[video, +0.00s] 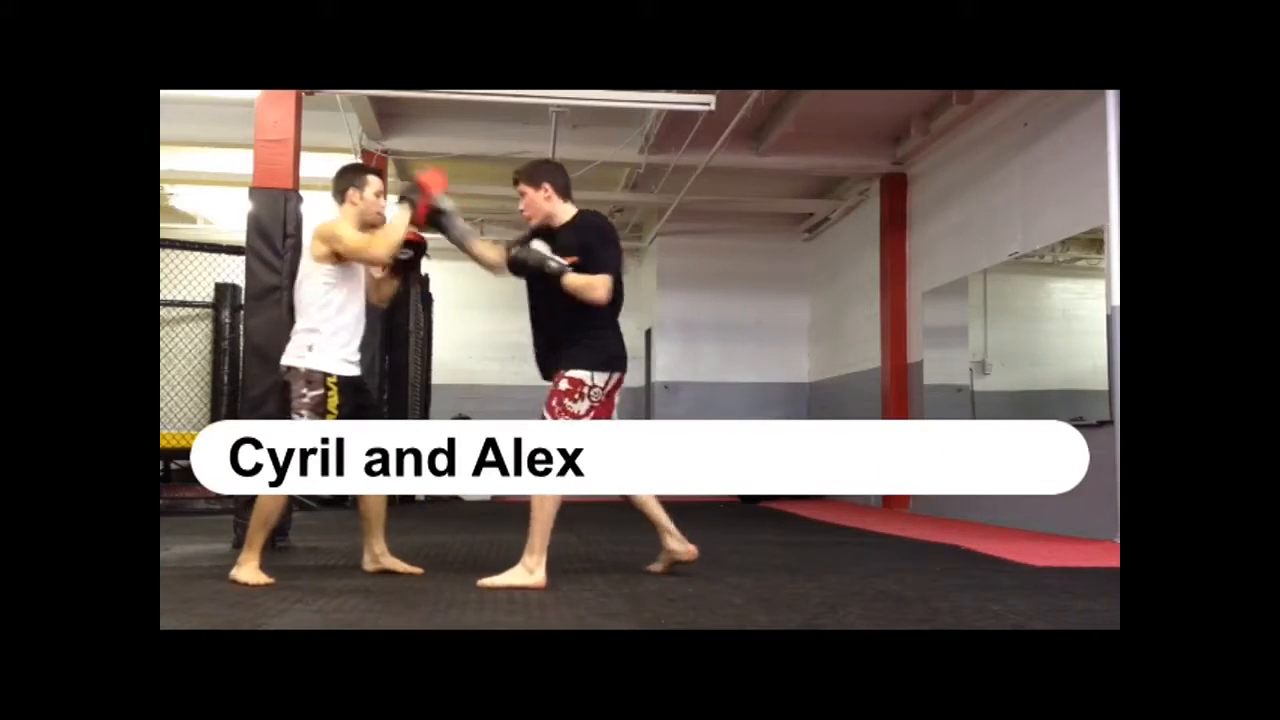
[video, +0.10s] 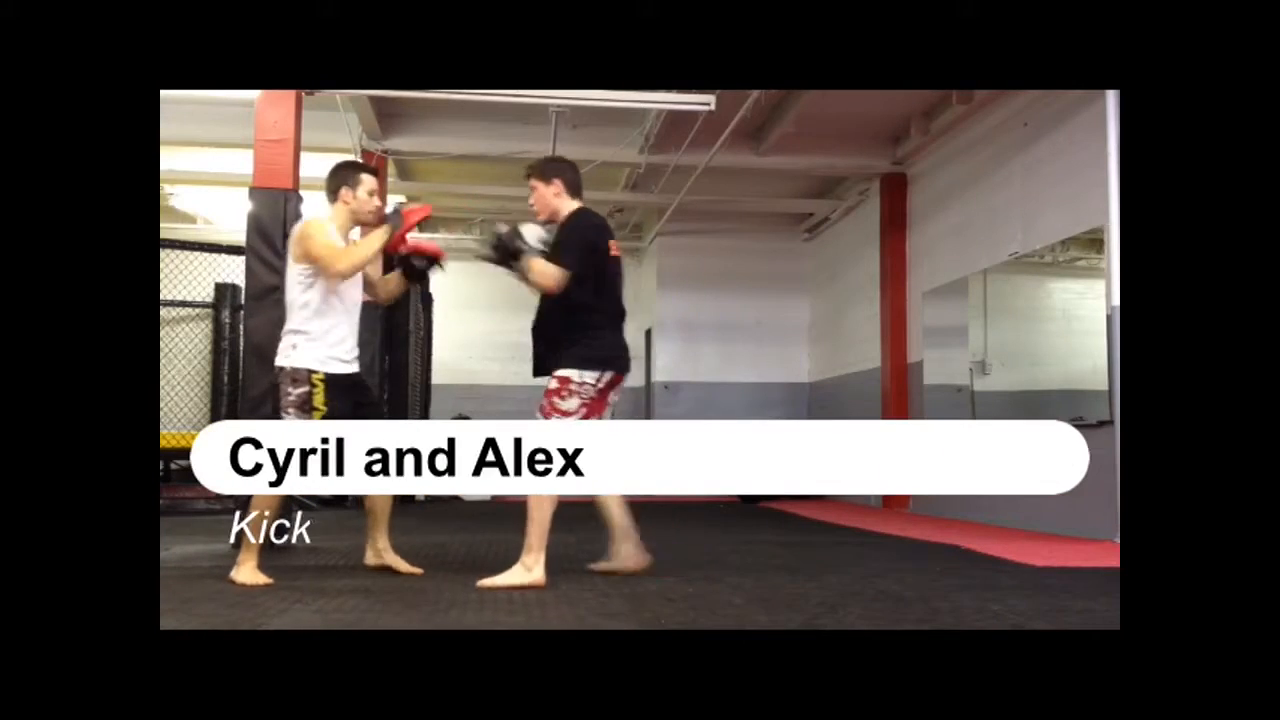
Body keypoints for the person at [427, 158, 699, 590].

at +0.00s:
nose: (520, 207)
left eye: (524, 197)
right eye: (519, 198)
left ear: (547, 192)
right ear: (544, 193)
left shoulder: (594, 228)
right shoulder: (542, 238)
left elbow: (601, 291)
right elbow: (498, 258)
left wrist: (552, 267)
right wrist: (452, 225)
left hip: (593, 362)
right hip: (575, 363)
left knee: (547, 456)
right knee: (609, 456)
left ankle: (532, 565)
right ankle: (674, 540)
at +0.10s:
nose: (531, 201)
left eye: (534, 192)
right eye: (530, 193)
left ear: (558, 187)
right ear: (562, 189)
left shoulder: (580, 226)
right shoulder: (584, 226)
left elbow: (554, 281)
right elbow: (555, 283)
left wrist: (519, 254)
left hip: (583, 360)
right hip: (603, 359)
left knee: (543, 454)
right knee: (589, 451)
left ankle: (531, 562)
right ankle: (628, 547)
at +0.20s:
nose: (560, 199)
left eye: (564, 191)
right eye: (561, 192)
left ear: (585, 189)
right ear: (600, 192)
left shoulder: (578, 218)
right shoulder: (632, 233)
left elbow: (514, 235)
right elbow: (601, 268)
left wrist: (468, 231)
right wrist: (554, 260)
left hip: (571, 355)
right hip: (618, 361)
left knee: (502, 425)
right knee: (600, 448)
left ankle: (501, 520)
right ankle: (610, 552)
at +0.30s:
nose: (586, 204)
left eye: (589, 198)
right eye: (586, 199)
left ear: (607, 194)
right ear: (628, 198)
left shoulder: (595, 217)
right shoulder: (657, 244)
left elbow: (534, 240)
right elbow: (626, 280)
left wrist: (482, 241)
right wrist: (576, 262)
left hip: (571, 335)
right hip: (621, 354)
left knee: (486, 377)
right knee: (612, 450)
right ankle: (610, 552)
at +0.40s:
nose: (604, 212)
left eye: (606, 205)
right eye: (604, 205)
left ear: (625, 201)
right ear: (644, 206)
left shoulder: (612, 224)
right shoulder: (671, 254)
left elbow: (584, 260)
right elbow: (645, 301)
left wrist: (531, 268)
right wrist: (588, 280)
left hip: (571, 333)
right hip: (618, 361)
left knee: (489, 358)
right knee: (620, 455)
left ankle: (410, 394)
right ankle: (615, 554)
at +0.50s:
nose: (609, 210)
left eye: (612, 202)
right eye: (609, 203)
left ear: (634, 201)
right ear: (648, 206)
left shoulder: (619, 226)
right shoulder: (679, 254)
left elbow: (604, 267)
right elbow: (667, 307)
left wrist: (552, 278)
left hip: (582, 342)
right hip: (630, 365)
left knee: (499, 385)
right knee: (628, 456)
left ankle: (432, 443)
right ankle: (616, 554)